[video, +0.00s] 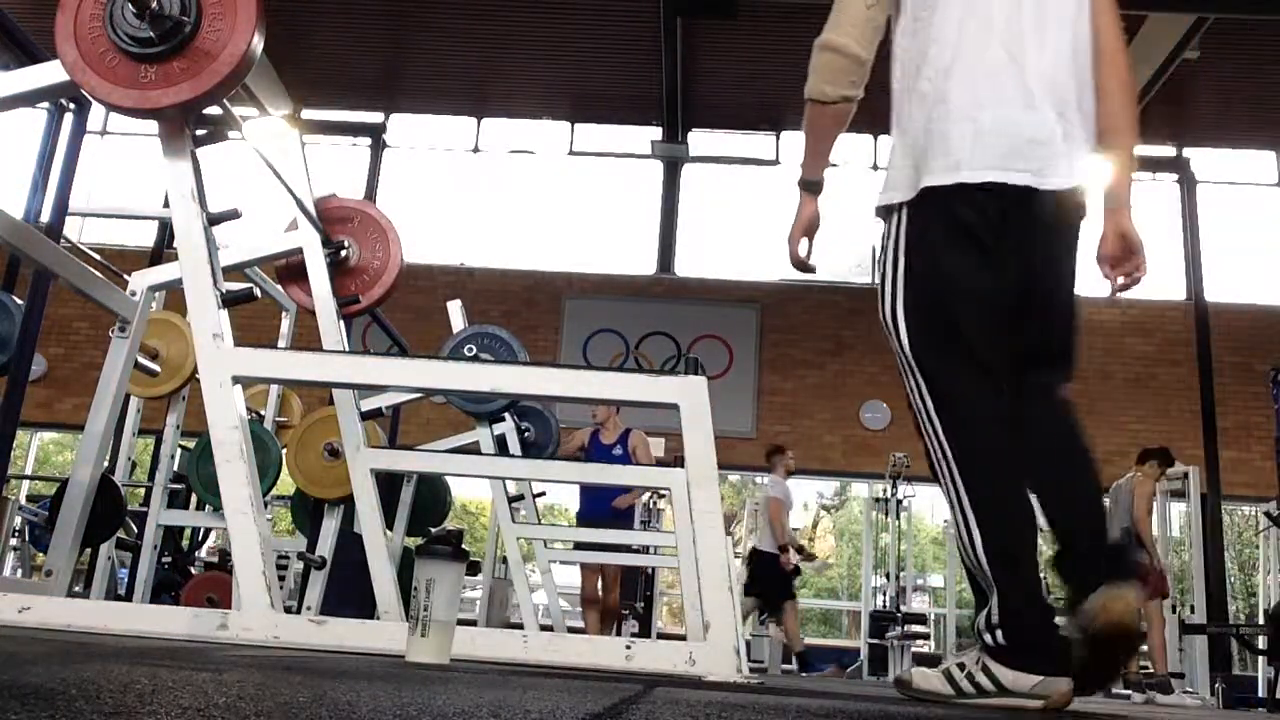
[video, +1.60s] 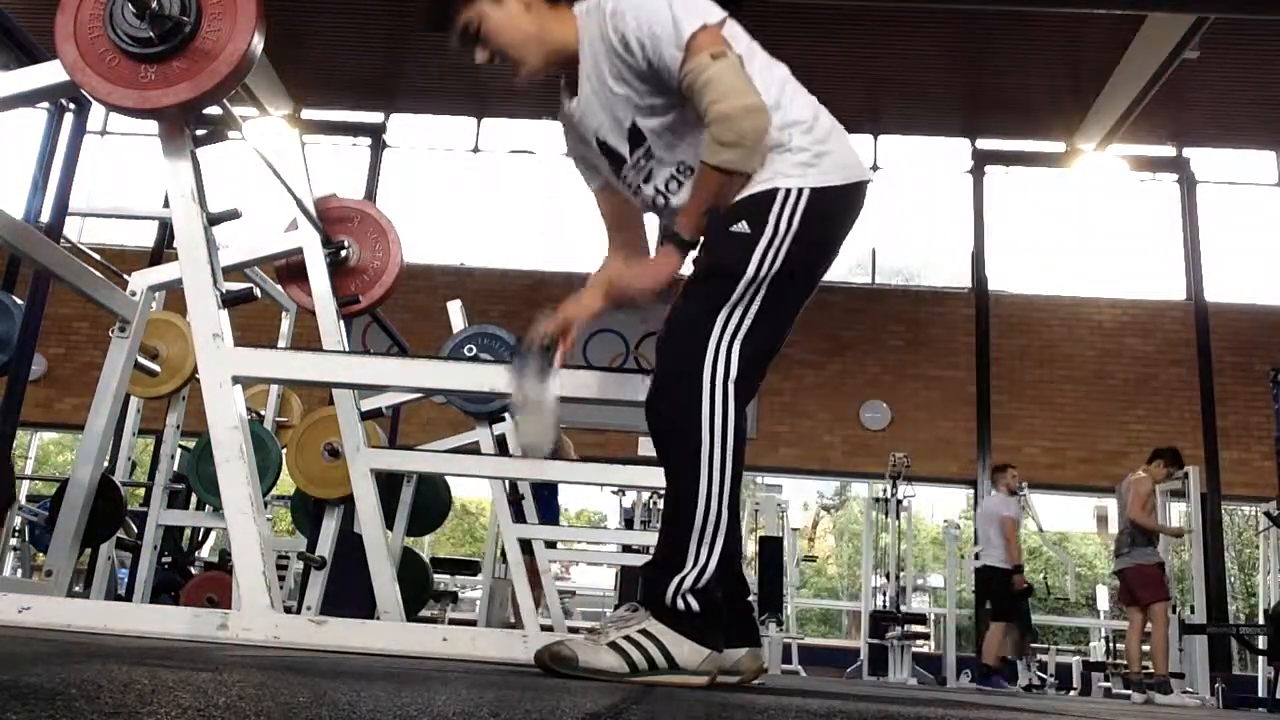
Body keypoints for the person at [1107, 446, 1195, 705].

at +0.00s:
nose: (1160, 478)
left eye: (1162, 474)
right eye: (1161, 472)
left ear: (1140, 464)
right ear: (1153, 466)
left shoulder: (1118, 485)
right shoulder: (1144, 482)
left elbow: (1114, 524)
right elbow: (1141, 520)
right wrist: (1155, 555)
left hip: (1118, 560)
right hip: (1139, 559)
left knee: (1127, 621)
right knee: (1156, 621)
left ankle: (1131, 679)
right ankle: (1163, 680)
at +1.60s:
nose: (1165, 479)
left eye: (1169, 476)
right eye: (1167, 474)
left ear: (1154, 462)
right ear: (1159, 465)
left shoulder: (1128, 481)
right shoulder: (1144, 481)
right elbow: (1135, 514)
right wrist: (1167, 530)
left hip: (1125, 562)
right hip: (1144, 561)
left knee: (1136, 621)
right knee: (1160, 619)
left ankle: (1136, 685)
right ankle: (1162, 684)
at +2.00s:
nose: (1178, 476)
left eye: (1180, 472)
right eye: (1179, 471)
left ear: (1163, 460)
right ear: (1170, 462)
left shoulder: (1133, 481)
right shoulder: (1157, 481)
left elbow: (1136, 523)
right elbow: (1158, 520)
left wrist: (1168, 529)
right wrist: (1189, 528)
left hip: (1135, 562)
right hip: (1156, 561)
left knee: (1143, 623)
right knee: (1161, 624)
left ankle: (1137, 686)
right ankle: (1163, 687)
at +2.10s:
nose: (1180, 476)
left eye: (1183, 472)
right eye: (1182, 471)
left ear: (1166, 460)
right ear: (1173, 462)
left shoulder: (1135, 481)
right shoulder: (1159, 481)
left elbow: (1137, 524)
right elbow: (1161, 520)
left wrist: (1172, 528)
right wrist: (1191, 528)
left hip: (1136, 562)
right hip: (1159, 561)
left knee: (1145, 624)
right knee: (1162, 625)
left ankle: (1138, 686)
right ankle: (1163, 688)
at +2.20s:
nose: (1182, 476)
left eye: (1185, 471)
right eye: (1184, 471)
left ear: (1169, 460)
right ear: (1176, 462)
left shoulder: (1137, 481)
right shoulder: (1163, 481)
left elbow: (1138, 525)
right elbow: (1165, 521)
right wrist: (1193, 528)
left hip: (1138, 562)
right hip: (1161, 561)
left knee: (1147, 625)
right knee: (1162, 625)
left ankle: (1138, 686)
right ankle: (1163, 688)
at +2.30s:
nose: (1184, 477)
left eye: (1187, 473)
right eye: (1186, 472)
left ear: (1171, 460)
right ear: (1178, 463)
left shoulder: (1139, 481)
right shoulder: (1165, 481)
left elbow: (1141, 526)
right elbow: (1167, 521)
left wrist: (1183, 528)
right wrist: (1198, 528)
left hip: (1142, 563)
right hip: (1164, 562)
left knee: (1149, 625)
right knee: (1164, 624)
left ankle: (1139, 687)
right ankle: (1163, 688)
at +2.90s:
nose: (1192, 477)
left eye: (1195, 472)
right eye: (1194, 471)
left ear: (1179, 459)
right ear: (1187, 462)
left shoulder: (1147, 480)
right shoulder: (1175, 480)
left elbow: (1145, 528)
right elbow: (1176, 523)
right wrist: (1204, 529)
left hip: (1148, 563)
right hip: (1172, 562)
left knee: (1156, 624)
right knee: (1168, 625)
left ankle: (1143, 685)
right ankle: (1163, 688)